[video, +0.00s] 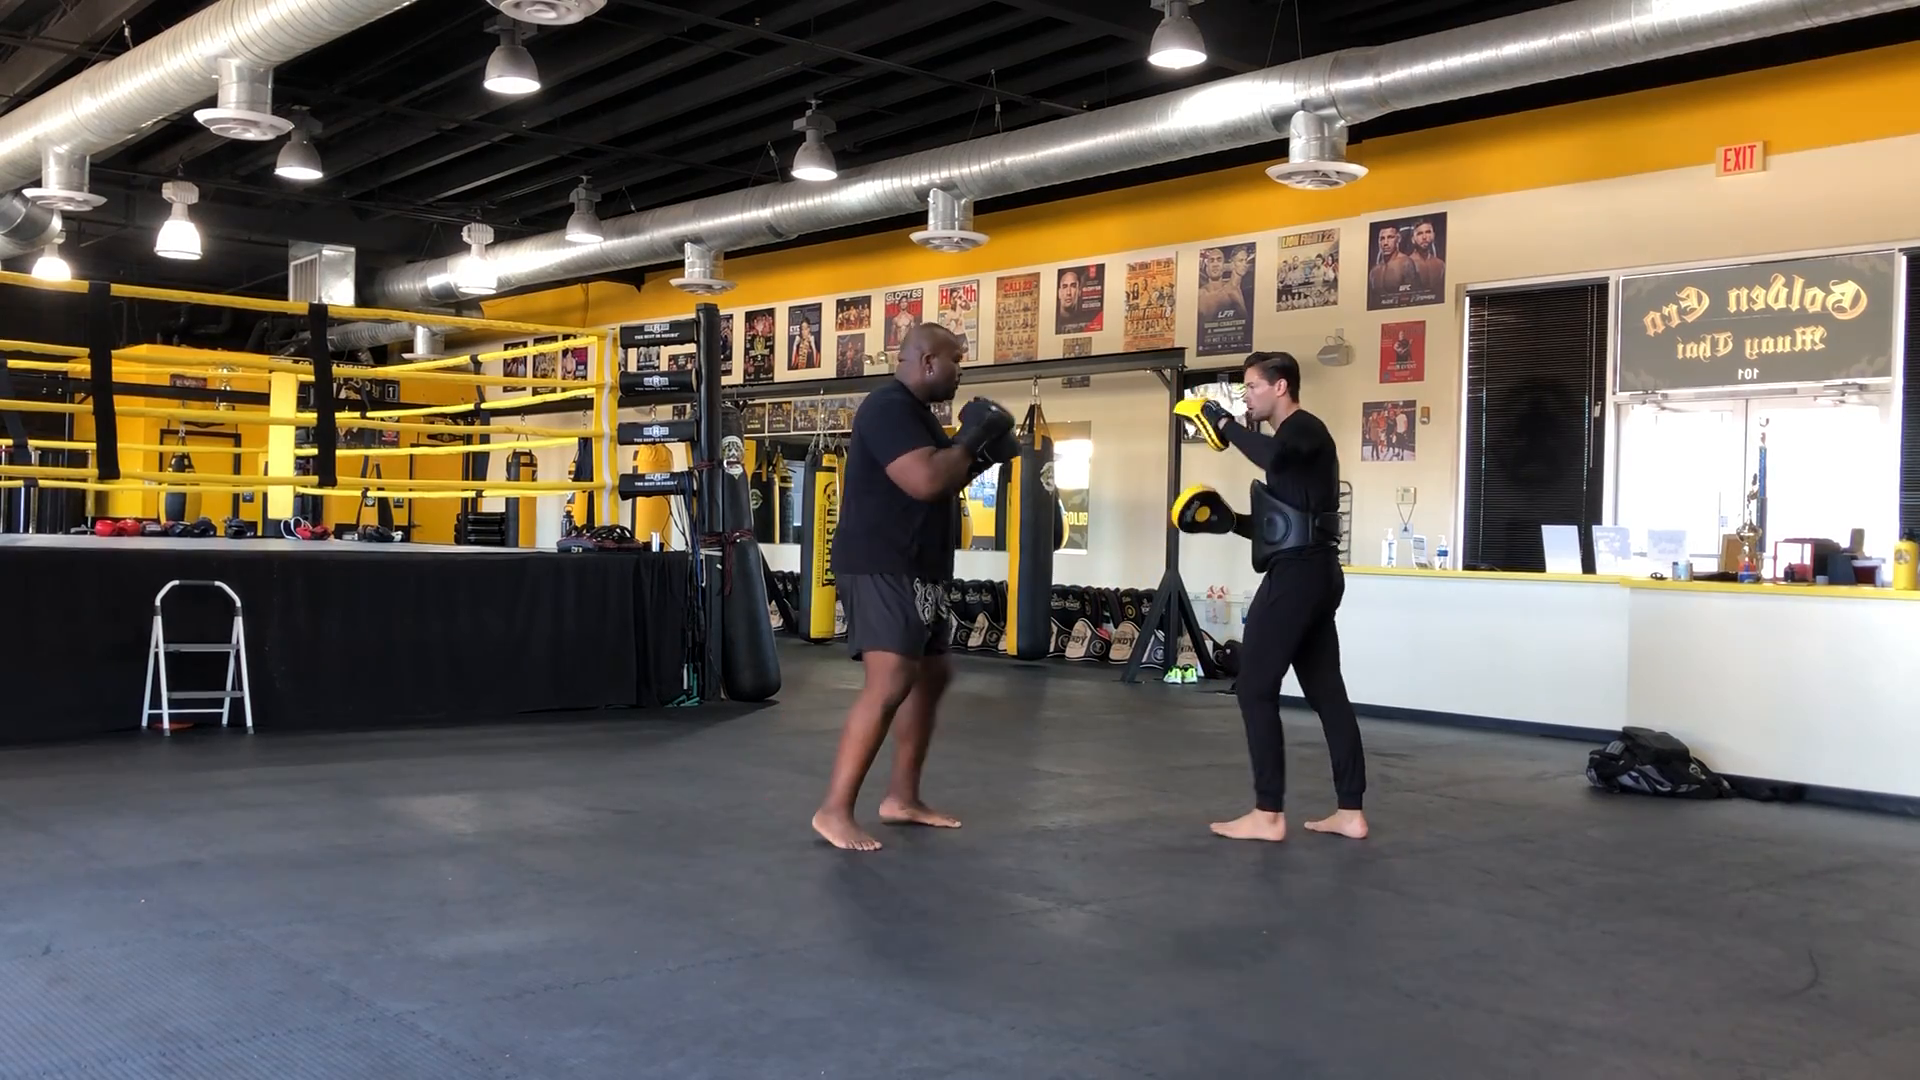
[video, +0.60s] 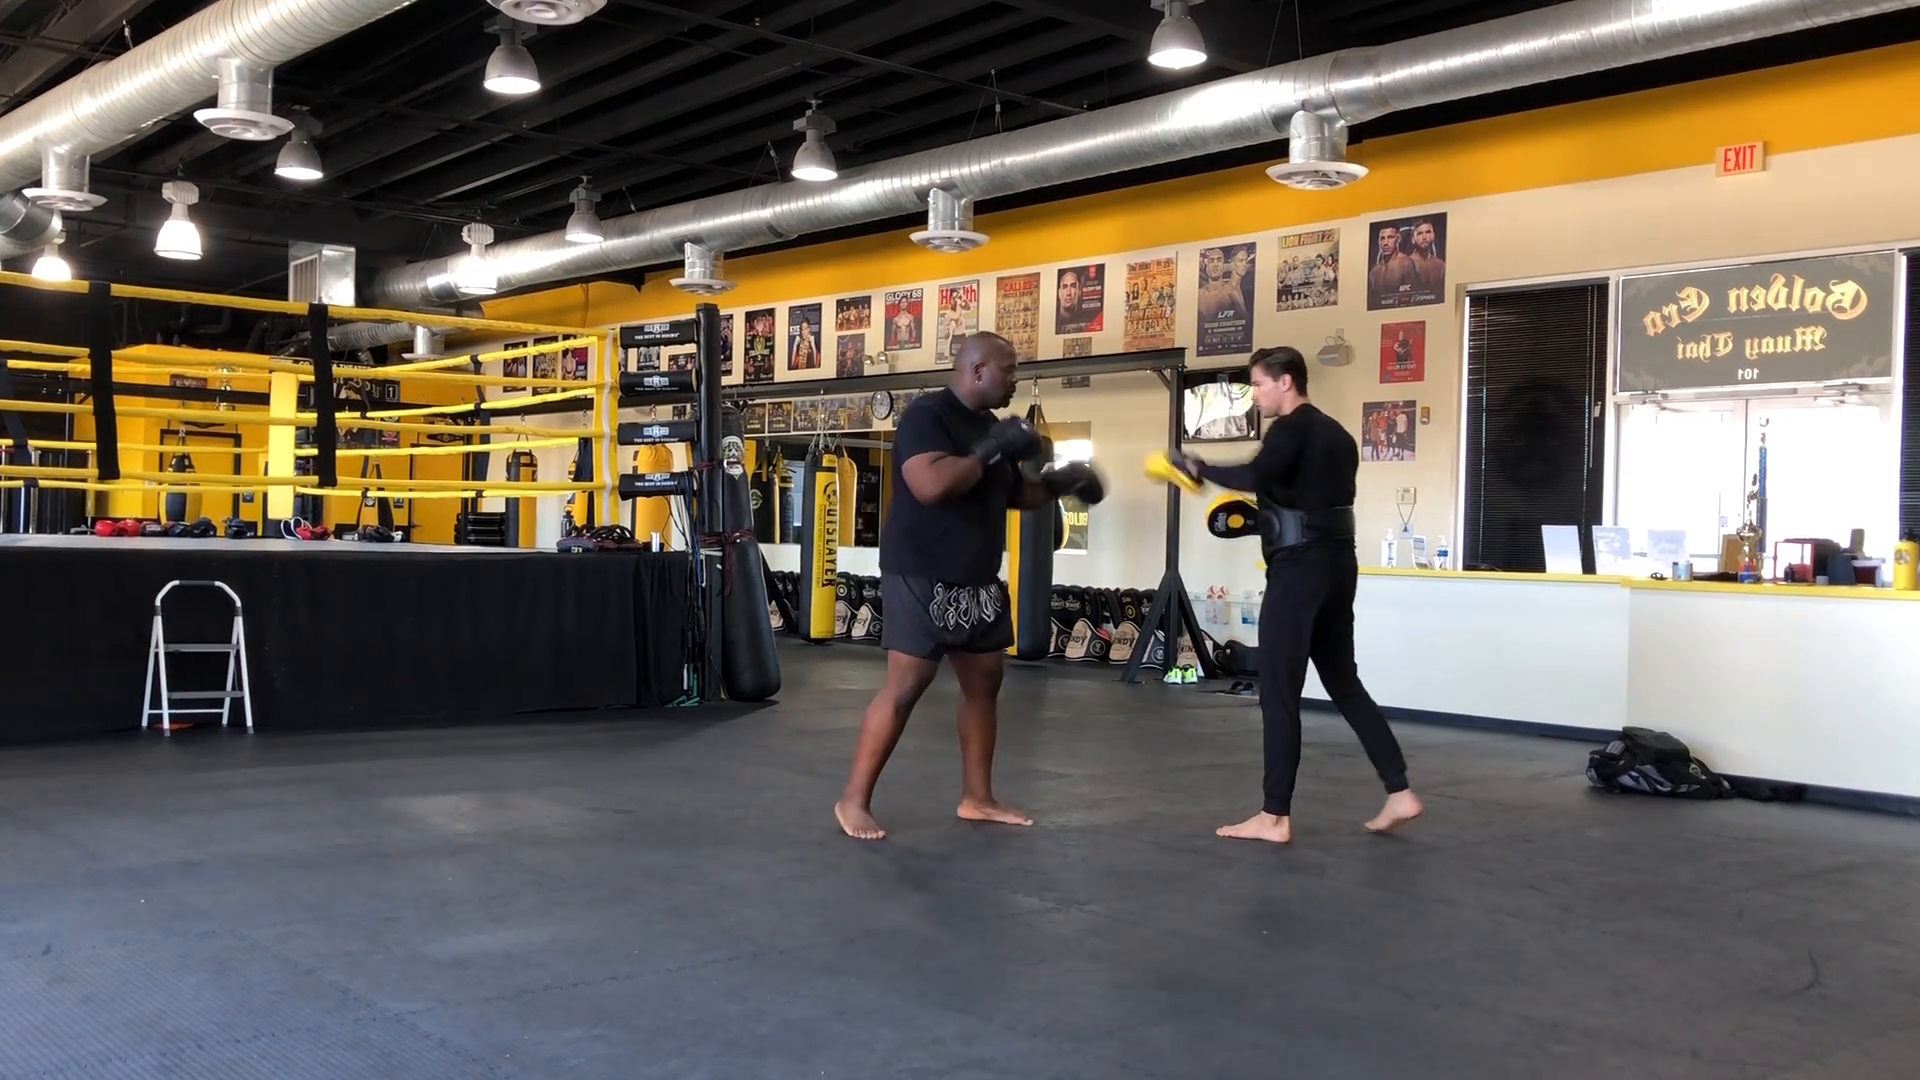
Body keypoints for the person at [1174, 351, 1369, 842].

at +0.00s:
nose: (1245, 395)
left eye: (1252, 386)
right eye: (1244, 387)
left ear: (1281, 386)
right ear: (1278, 388)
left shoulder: (1303, 426)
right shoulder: (1296, 438)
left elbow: (1274, 455)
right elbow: (1283, 526)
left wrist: (1221, 420)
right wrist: (1229, 520)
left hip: (1296, 574)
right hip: (1314, 574)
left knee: (1254, 689)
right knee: (1328, 693)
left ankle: (1268, 815)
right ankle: (1350, 812)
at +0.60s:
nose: (1254, 395)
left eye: (1258, 385)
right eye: (1253, 386)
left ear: (1286, 382)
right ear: (1293, 385)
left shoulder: (1290, 428)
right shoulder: (1339, 433)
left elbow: (1258, 477)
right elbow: (1325, 501)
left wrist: (1201, 470)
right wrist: (1262, 508)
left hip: (1298, 568)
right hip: (1338, 565)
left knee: (1278, 690)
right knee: (1342, 681)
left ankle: (1274, 815)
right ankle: (1400, 793)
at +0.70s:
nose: (1265, 395)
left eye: (1270, 385)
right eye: (1263, 386)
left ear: (1297, 383)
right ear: (1303, 385)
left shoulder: (1304, 436)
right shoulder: (1349, 436)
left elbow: (1292, 508)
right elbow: (1327, 511)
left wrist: (1242, 513)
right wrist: (1262, 515)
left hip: (1308, 572)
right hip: (1347, 571)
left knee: (1282, 695)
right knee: (1353, 687)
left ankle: (1275, 816)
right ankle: (1410, 796)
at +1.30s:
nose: (1333, 394)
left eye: (1339, 385)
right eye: (1333, 385)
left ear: (1367, 385)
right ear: (1369, 387)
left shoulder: (1379, 433)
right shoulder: (1399, 437)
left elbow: (1356, 492)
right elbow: (1356, 509)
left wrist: (1307, 464)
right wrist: (1307, 490)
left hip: (1368, 579)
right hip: (1399, 578)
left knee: (1341, 698)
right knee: (1408, 698)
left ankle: (1355, 823)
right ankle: (1423, 816)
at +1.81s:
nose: (1317, 389)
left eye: (1324, 379)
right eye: (1318, 379)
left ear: (1350, 379)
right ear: (1359, 381)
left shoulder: (1348, 426)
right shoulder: (1402, 435)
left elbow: (1286, 455)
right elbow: (1349, 481)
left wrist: (1286, 395)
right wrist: (1299, 465)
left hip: (1344, 572)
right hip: (1389, 572)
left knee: (1342, 698)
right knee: (1394, 693)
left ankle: (1355, 822)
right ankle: (1421, 812)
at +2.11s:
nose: (1305, 383)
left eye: (1309, 373)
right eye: (1305, 373)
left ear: (1335, 374)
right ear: (1346, 375)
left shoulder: (1338, 427)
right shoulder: (1384, 430)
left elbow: (1277, 480)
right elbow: (1325, 477)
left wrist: (1228, 447)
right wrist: (1290, 425)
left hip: (1341, 569)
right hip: (1378, 566)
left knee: (1344, 696)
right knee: (1376, 690)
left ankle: (1355, 822)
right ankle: (1415, 804)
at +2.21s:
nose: (1302, 381)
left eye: (1309, 373)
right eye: (1303, 372)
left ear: (1336, 375)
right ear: (1339, 376)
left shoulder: (1350, 427)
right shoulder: (1357, 425)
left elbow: (1314, 499)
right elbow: (1288, 469)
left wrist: (1257, 495)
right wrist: (1282, 410)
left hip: (1347, 573)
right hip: (1368, 569)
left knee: (1345, 696)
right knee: (1364, 688)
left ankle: (1355, 823)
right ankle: (1413, 800)